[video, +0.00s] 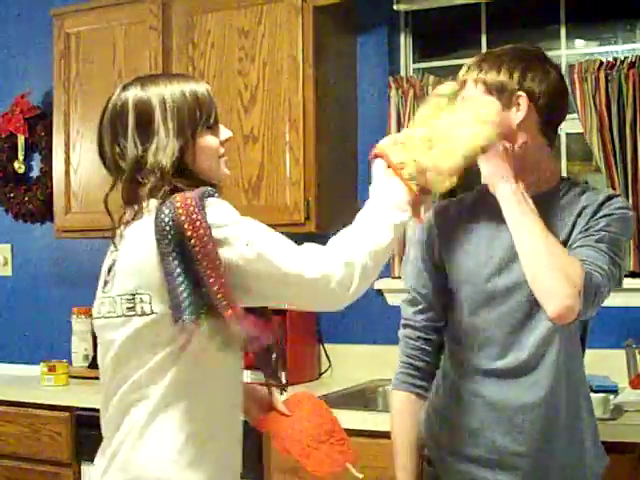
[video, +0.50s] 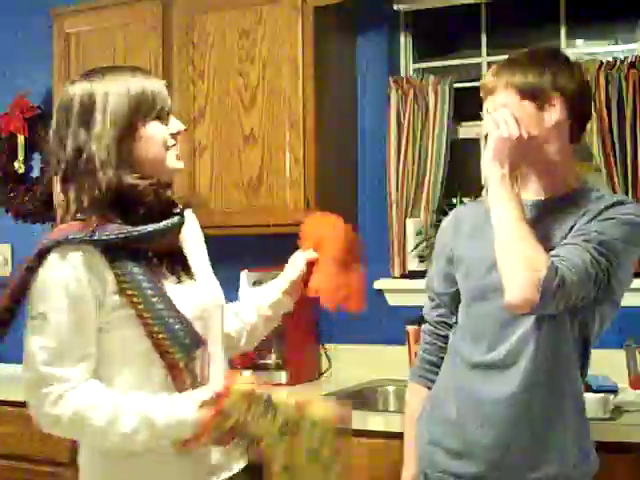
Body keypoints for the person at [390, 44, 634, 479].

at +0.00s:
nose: (458, 116)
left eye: (469, 99)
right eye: (460, 101)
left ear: (518, 109)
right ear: (517, 110)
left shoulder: (600, 211)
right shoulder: (440, 222)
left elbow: (565, 303)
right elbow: (414, 359)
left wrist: (504, 184)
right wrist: (405, 473)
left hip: (557, 461)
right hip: (457, 458)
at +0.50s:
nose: (489, 123)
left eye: (502, 108)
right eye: (487, 111)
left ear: (553, 111)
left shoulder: (614, 218)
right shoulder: (459, 224)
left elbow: (529, 292)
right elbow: (432, 349)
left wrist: (498, 177)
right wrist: (411, 465)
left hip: (544, 463)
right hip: (445, 459)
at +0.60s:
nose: (542, 127)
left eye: (560, 114)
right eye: (532, 112)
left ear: (597, 125)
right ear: (516, 123)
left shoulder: (619, 222)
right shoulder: (458, 221)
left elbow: (533, 279)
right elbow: (434, 332)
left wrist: (483, 162)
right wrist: (411, 435)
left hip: (552, 462)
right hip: (450, 457)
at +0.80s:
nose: (630, 151)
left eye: (639, 136)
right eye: (622, 126)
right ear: (578, 113)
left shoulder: (626, 229)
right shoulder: (467, 209)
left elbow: (557, 288)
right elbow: (419, 346)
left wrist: (456, 230)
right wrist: (398, 468)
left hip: (562, 466)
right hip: (455, 461)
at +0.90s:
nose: (633, 147)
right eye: (625, 124)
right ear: (583, 115)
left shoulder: (626, 236)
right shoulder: (473, 210)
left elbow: (593, 319)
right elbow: (417, 341)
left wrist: (484, 245)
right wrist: (386, 465)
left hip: (564, 466)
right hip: (459, 462)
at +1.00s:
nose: (619, 141)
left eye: (637, 132)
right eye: (611, 118)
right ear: (580, 116)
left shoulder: (629, 244)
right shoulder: (477, 211)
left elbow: (629, 357)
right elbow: (416, 337)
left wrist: (526, 272)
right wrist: (381, 456)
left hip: (566, 469)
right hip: (459, 463)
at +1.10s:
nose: (600, 133)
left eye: (621, 125)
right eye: (592, 114)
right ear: (575, 119)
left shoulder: (630, 251)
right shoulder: (484, 210)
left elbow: (634, 384)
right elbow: (417, 331)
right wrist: (384, 449)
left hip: (566, 469)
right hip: (460, 461)